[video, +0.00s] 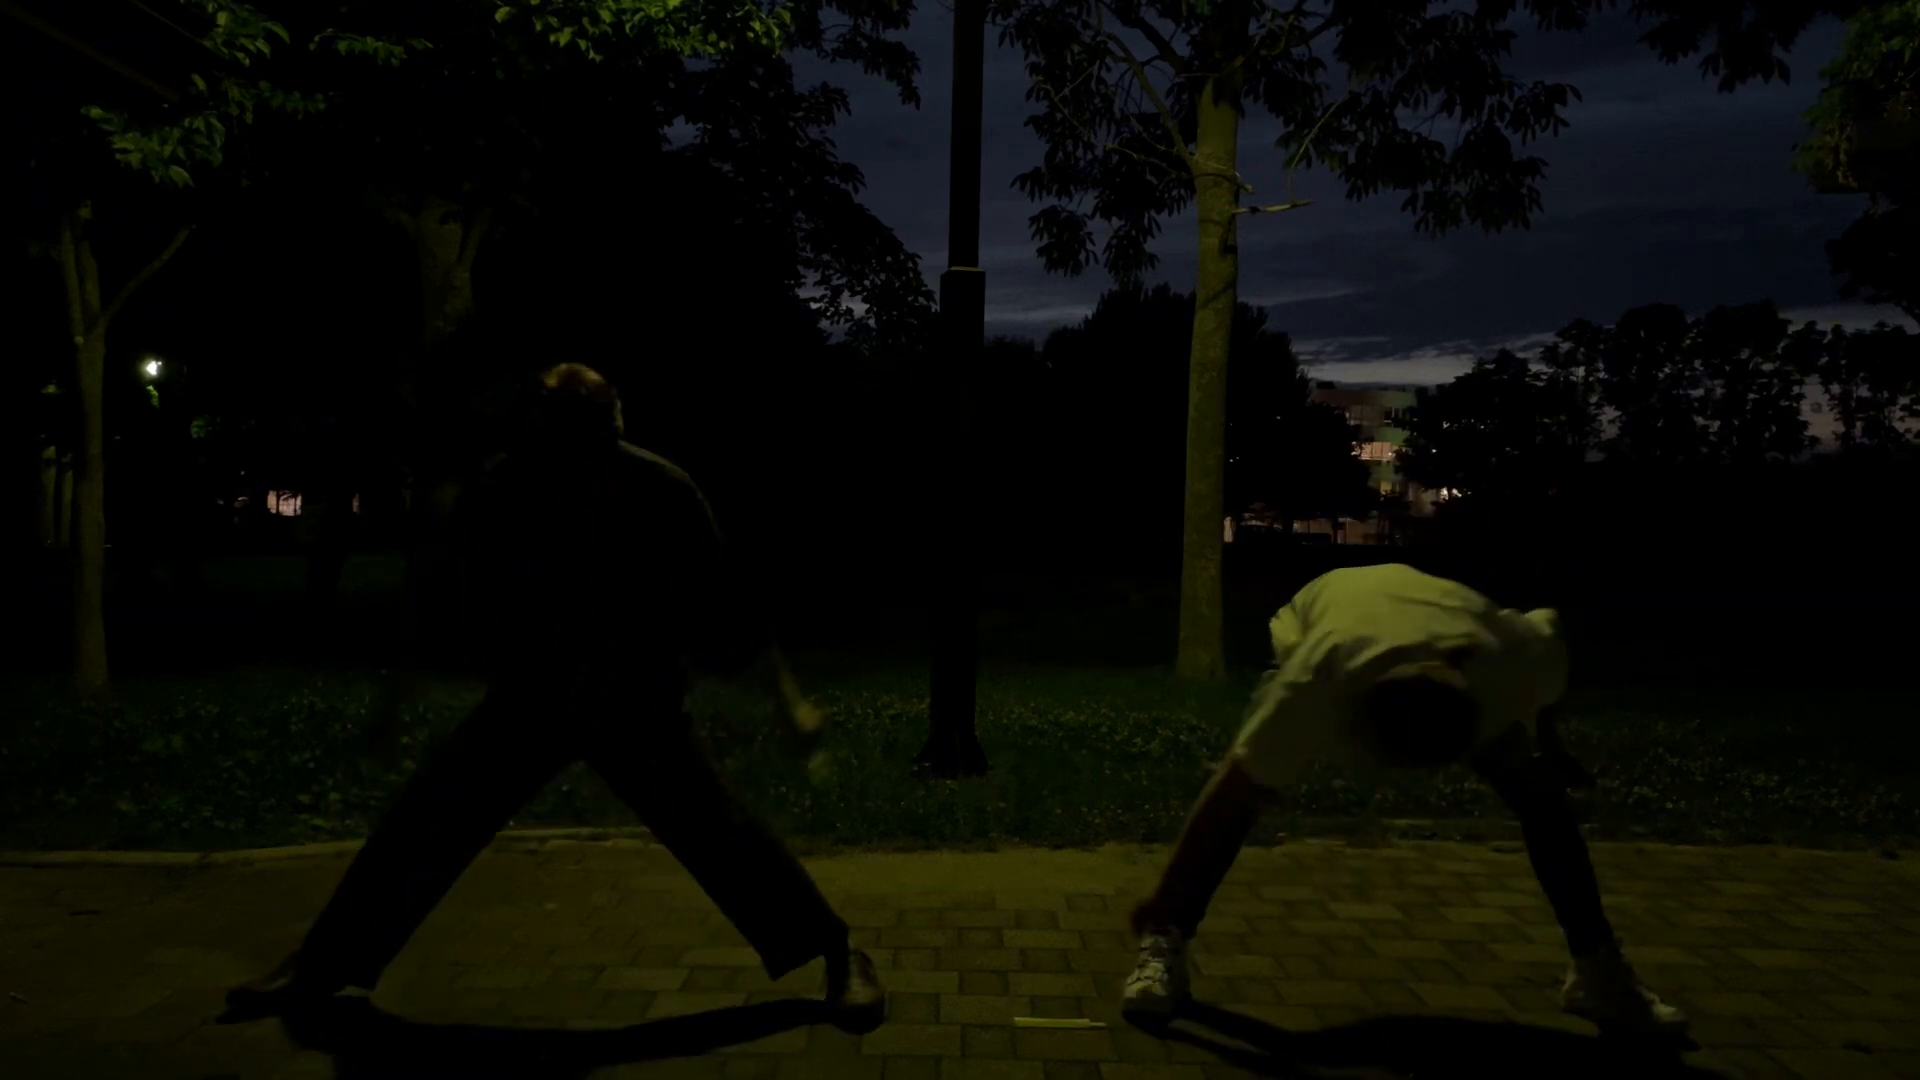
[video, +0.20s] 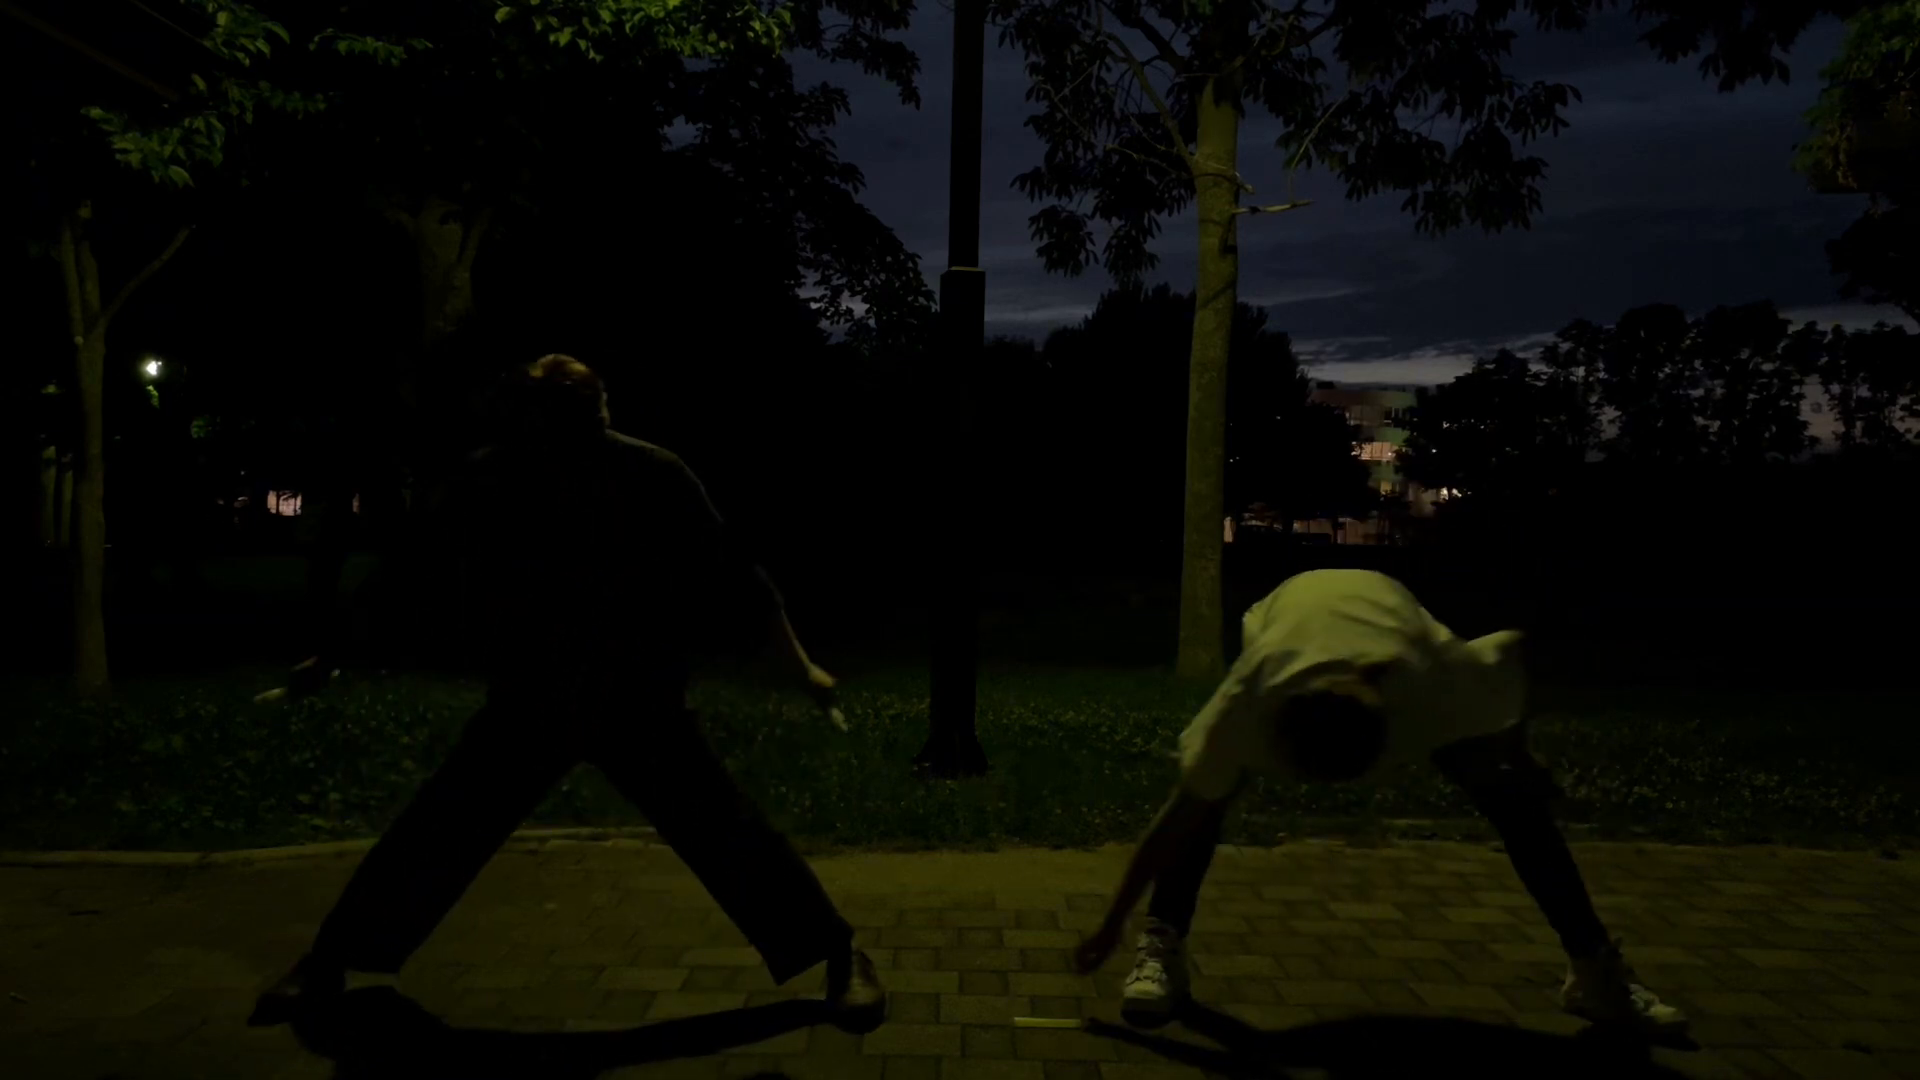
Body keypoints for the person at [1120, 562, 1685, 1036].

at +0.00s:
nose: (1410, 764)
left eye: (1428, 752)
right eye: (1399, 754)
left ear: (1463, 707)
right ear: (1370, 717)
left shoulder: (1512, 654)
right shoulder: (1316, 677)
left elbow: (1557, 640)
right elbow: (1230, 788)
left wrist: (1556, 751)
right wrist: (1161, 916)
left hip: (1441, 600)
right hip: (1318, 612)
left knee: (1544, 805)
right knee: (1247, 793)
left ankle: (1603, 974)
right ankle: (1164, 947)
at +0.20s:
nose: (1323, 771)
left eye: (1341, 761)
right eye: (1314, 762)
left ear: (1373, 719)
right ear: (1290, 732)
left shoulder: (1438, 675)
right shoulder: (1245, 707)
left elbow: (1518, 651)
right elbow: (1180, 810)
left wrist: (1523, 752)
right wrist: (1114, 929)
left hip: (1393, 609)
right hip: (1276, 616)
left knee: (1515, 799)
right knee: (1206, 797)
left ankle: (1600, 974)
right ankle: (1163, 955)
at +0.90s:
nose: (1256, 757)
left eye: (1270, 747)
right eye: (1247, 743)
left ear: (1313, 712)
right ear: (1231, 707)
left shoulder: (1394, 666)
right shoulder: (1215, 688)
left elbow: (1481, 674)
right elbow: (1148, 804)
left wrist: (1508, 765)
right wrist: (1074, 913)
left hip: (1388, 625)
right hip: (1270, 622)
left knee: (1511, 807)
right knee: (1195, 792)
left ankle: (1601, 975)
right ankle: (1160, 956)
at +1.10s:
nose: (1342, 636)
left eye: (1357, 623)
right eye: (1329, 620)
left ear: (1392, 587)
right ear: (1304, 588)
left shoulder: (1455, 574)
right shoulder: (1267, 576)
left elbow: (1511, 676)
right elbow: (1188, 643)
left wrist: (1546, 767)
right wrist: (1142, 721)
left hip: (1424, 668)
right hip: (1304, 670)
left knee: (1533, 803)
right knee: (1236, 788)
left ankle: (1601, 975)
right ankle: (1162, 951)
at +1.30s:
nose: (1379, 500)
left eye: (1396, 485)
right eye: (1369, 480)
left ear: (1433, 462)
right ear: (1350, 452)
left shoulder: (1490, 484)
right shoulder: (1312, 454)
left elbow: (1543, 600)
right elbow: (1278, 549)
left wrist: (1549, 704)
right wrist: (1248, 610)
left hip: (1441, 656)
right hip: (1321, 644)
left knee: (1537, 802)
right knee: (1225, 765)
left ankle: (1605, 979)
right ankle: (1123, 933)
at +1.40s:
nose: (1363, 473)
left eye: (1380, 460)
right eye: (1356, 455)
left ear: (1420, 441)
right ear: (1342, 429)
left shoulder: (1491, 469)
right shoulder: (1308, 444)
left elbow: (1545, 577)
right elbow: (1272, 543)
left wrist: (1540, 684)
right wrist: (1248, 629)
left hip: (1435, 663)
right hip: (1313, 653)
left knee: (1535, 804)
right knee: (1207, 782)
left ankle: (1601, 974)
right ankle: (1101, 936)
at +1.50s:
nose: (1351, 456)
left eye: (1367, 440)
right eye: (1338, 437)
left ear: (1399, 422)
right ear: (1315, 419)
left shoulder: (1459, 463)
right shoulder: (1272, 455)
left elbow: (1527, 568)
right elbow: (1233, 560)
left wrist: (1522, 670)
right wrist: (1203, 657)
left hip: (1411, 675)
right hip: (1288, 669)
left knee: (1520, 808)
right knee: (1180, 795)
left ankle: (1600, 976)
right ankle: (1085, 952)